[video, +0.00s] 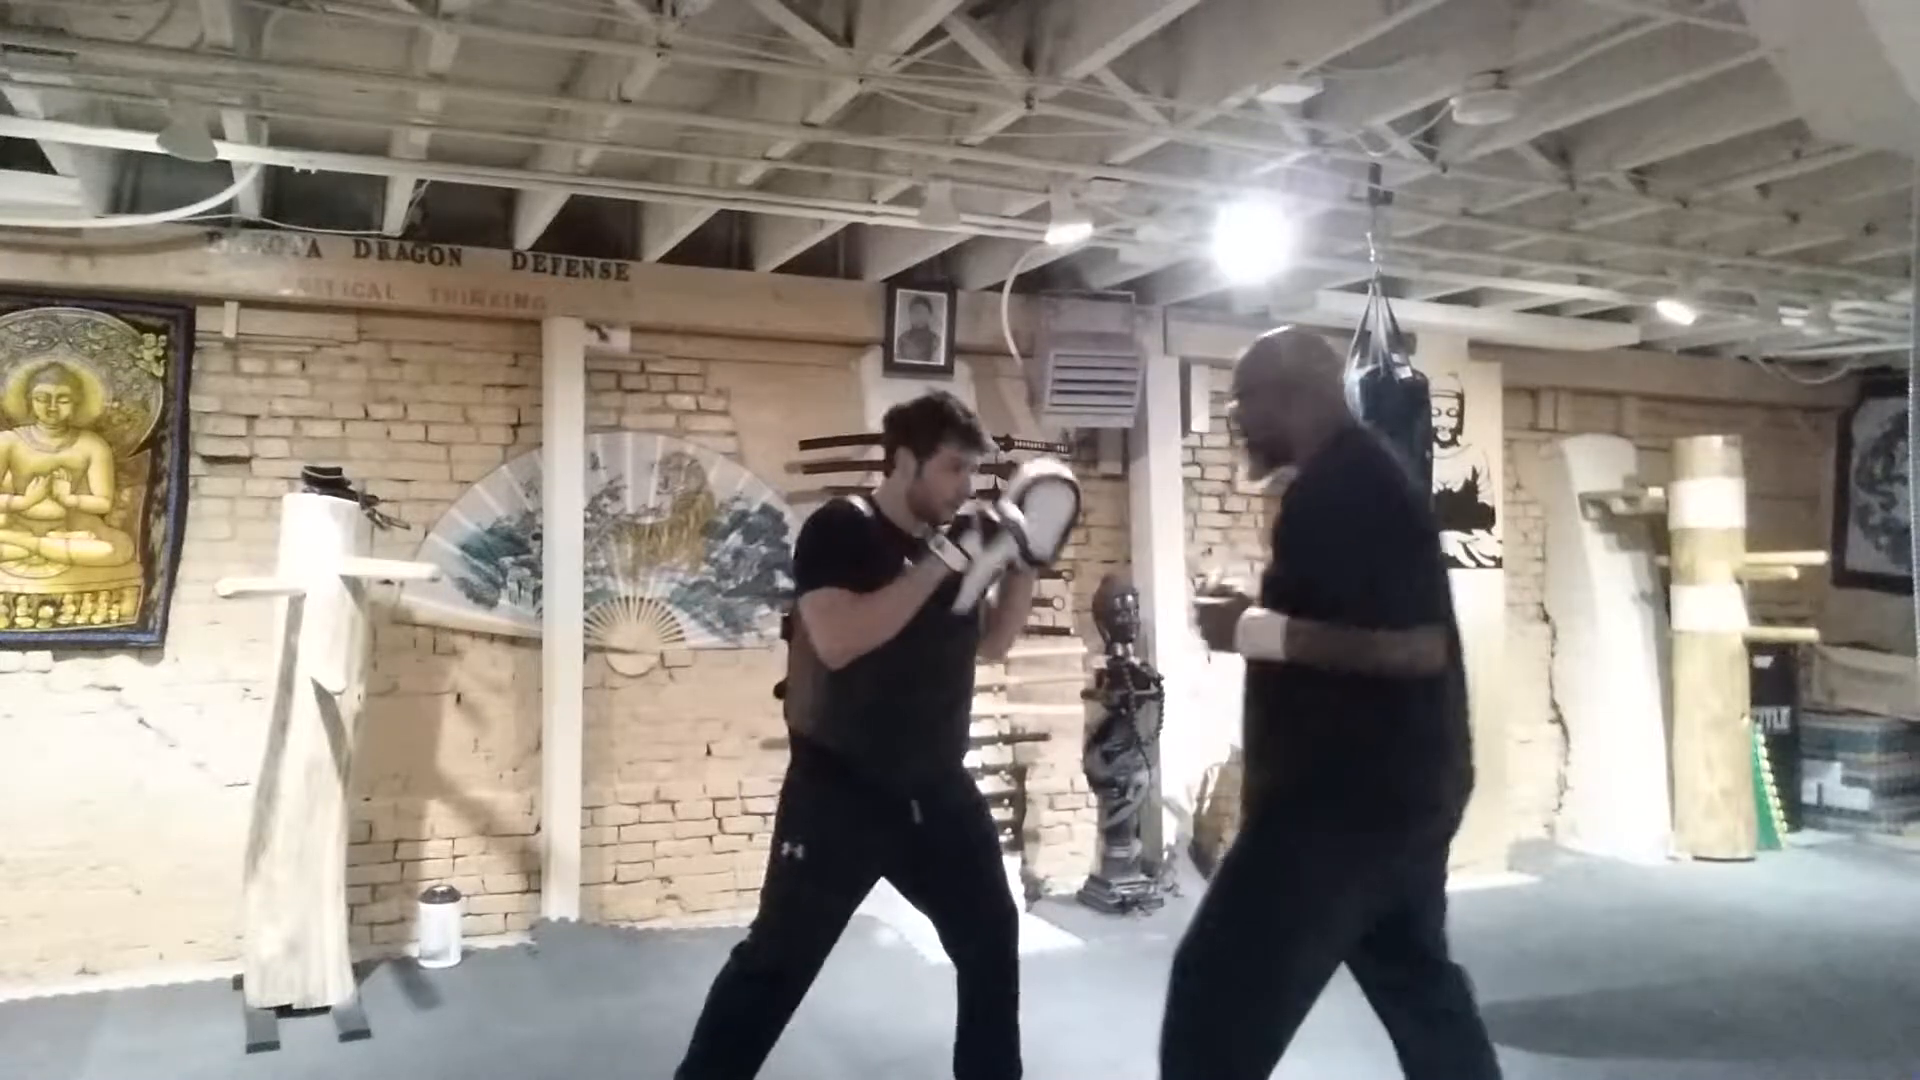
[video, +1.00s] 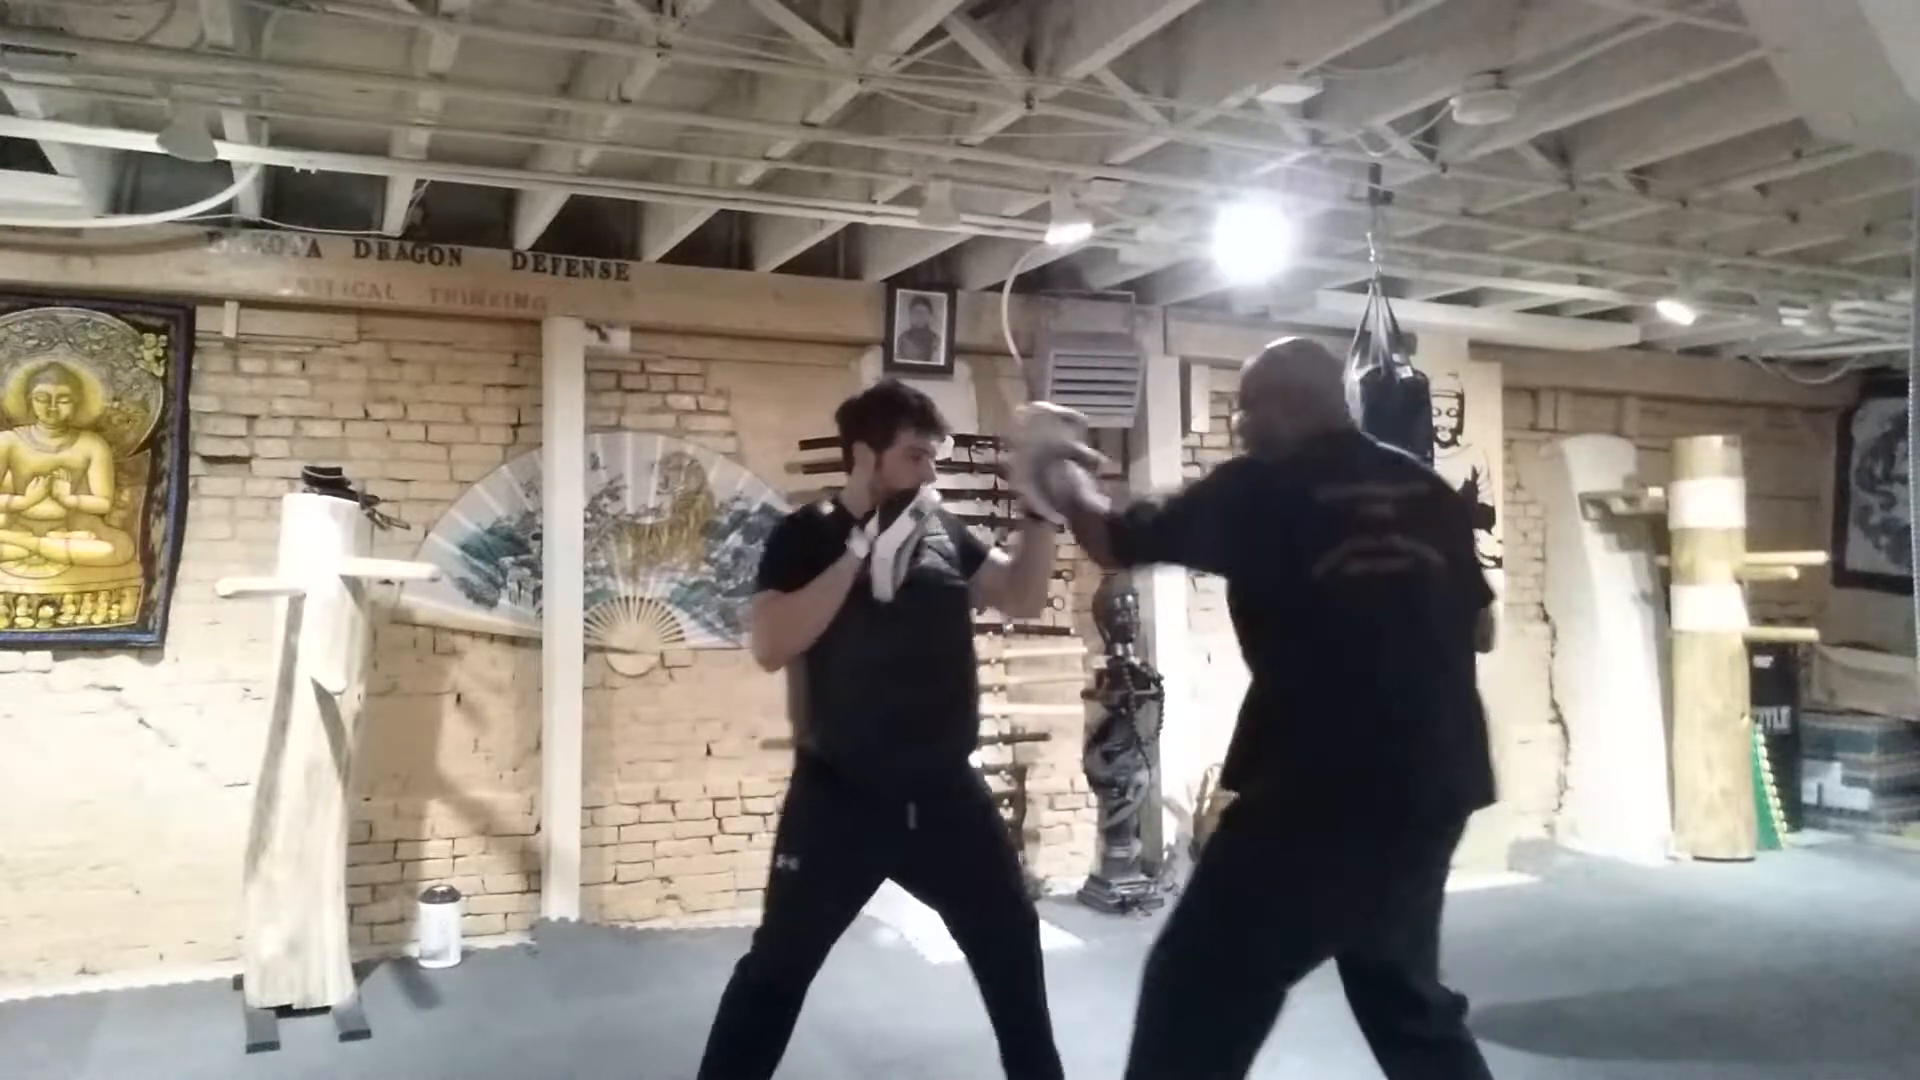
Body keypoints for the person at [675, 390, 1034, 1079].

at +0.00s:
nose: (969, 487)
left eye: (973, 473)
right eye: (958, 469)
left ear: (966, 472)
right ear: (905, 461)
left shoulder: (950, 546)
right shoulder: (836, 528)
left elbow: (992, 643)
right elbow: (835, 640)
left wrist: (1024, 557)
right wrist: (942, 563)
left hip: (936, 790)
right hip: (837, 791)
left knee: (991, 949)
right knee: (776, 964)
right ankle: (702, 1079)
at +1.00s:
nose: (929, 468)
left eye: (932, 455)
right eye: (915, 454)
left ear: (930, 456)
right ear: (864, 451)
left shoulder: (943, 534)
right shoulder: (805, 535)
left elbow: (1023, 596)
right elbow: (772, 644)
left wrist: (1038, 492)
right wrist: (857, 552)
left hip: (944, 794)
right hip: (838, 798)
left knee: (1012, 951)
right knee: (777, 970)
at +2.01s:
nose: (944, 480)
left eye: (948, 464)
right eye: (931, 463)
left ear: (945, 463)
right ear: (877, 462)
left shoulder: (952, 539)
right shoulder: (815, 545)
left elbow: (977, 645)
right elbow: (753, 652)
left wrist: (1016, 562)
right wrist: (808, 551)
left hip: (954, 794)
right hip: (848, 797)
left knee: (1013, 946)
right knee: (786, 966)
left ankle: (1035, 1077)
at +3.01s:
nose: (1002, 459)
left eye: (1006, 446)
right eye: (992, 443)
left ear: (997, 453)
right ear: (943, 441)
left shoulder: (999, 533)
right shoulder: (897, 517)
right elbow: (898, 596)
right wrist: (980, 505)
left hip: (998, 788)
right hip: (904, 789)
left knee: (1054, 957)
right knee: (830, 959)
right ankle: (732, 1076)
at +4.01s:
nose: (935, 484)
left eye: (939, 467)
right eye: (926, 465)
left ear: (889, 464)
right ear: (874, 459)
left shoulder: (909, 553)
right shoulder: (800, 535)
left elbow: (930, 632)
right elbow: (802, 648)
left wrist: (997, 598)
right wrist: (915, 586)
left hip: (913, 803)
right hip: (813, 805)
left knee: (978, 966)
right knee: (753, 981)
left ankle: (1007, 1079)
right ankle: (687, 1079)